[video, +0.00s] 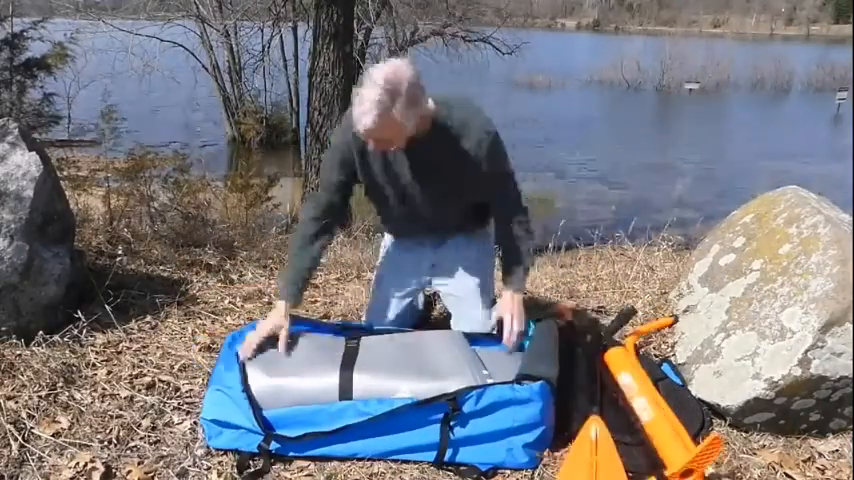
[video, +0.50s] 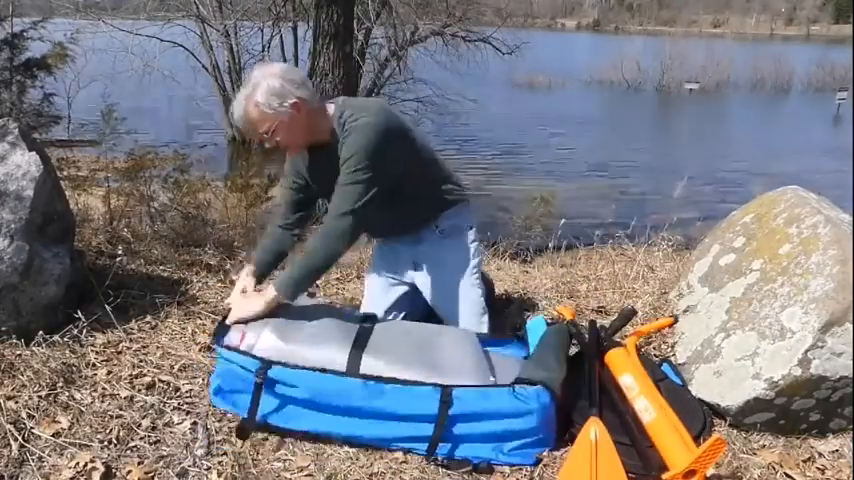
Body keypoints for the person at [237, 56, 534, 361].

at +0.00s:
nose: (378, 148)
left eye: (386, 140)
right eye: (370, 139)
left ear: (419, 118)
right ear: (362, 117)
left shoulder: (473, 134)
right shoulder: (353, 136)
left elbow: (511, 214)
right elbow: (318, 217)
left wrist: (514, 290)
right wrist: (283, 305)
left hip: (467, 243)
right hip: (401, 245)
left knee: (475, 350)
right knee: (380, 346)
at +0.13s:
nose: (352, 156)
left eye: (363, 147)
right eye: (346, 146)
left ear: (400, 122)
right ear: (340, 127)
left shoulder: (457, 135)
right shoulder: (340, 148)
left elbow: (493, 227)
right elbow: (299, 223)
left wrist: (491, 310)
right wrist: (251, 307)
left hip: (463, 243)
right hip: (400, 245)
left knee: (479, 349)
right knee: (377, 344)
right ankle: (425, 306)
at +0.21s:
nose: (362, 145)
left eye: (374, 137)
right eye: (357, 133)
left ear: (411, 120)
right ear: (353, 118)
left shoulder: (468, 139)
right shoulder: (347, 144)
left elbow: (502, 231)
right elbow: (305, 214)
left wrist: (503, 321)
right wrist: (255, 283)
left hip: (467, 243)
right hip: (401, 246)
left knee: (484, 351)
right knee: (374, 342)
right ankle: (426, 310)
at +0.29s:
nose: (340, 127)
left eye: (351, 118)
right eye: (336, 116)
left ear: (386, 104)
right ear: (332, 106)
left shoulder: (448, 130)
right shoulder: (337, 141)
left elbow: (455, 234)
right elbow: (305, 195)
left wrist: (379, 273)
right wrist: (266, 248)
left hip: (457, 238)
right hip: (397, 242)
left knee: (474, 337)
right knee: (373, 330)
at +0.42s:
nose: (286, 126)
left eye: (292, 114)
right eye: (282, 116)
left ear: (324, 97)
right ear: (320, 99)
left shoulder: (391, 126)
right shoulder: (314, 140)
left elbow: (349, 220)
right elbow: (306, 202)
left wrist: (266, 278)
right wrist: (261, 262)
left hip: (449, 234)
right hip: (393, 241)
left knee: (466, 344)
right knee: (376, 341)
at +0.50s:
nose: (269, 145)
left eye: (270, 133)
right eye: (263, 139)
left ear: (296, 109)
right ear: (296, 111)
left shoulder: (366, 128)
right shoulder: (306, 146)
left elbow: (341, 229)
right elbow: (287, 219)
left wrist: (270, 297)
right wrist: (250, 276)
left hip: (445, 228)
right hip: (391, 239)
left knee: (470, 343)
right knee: (374, 341)